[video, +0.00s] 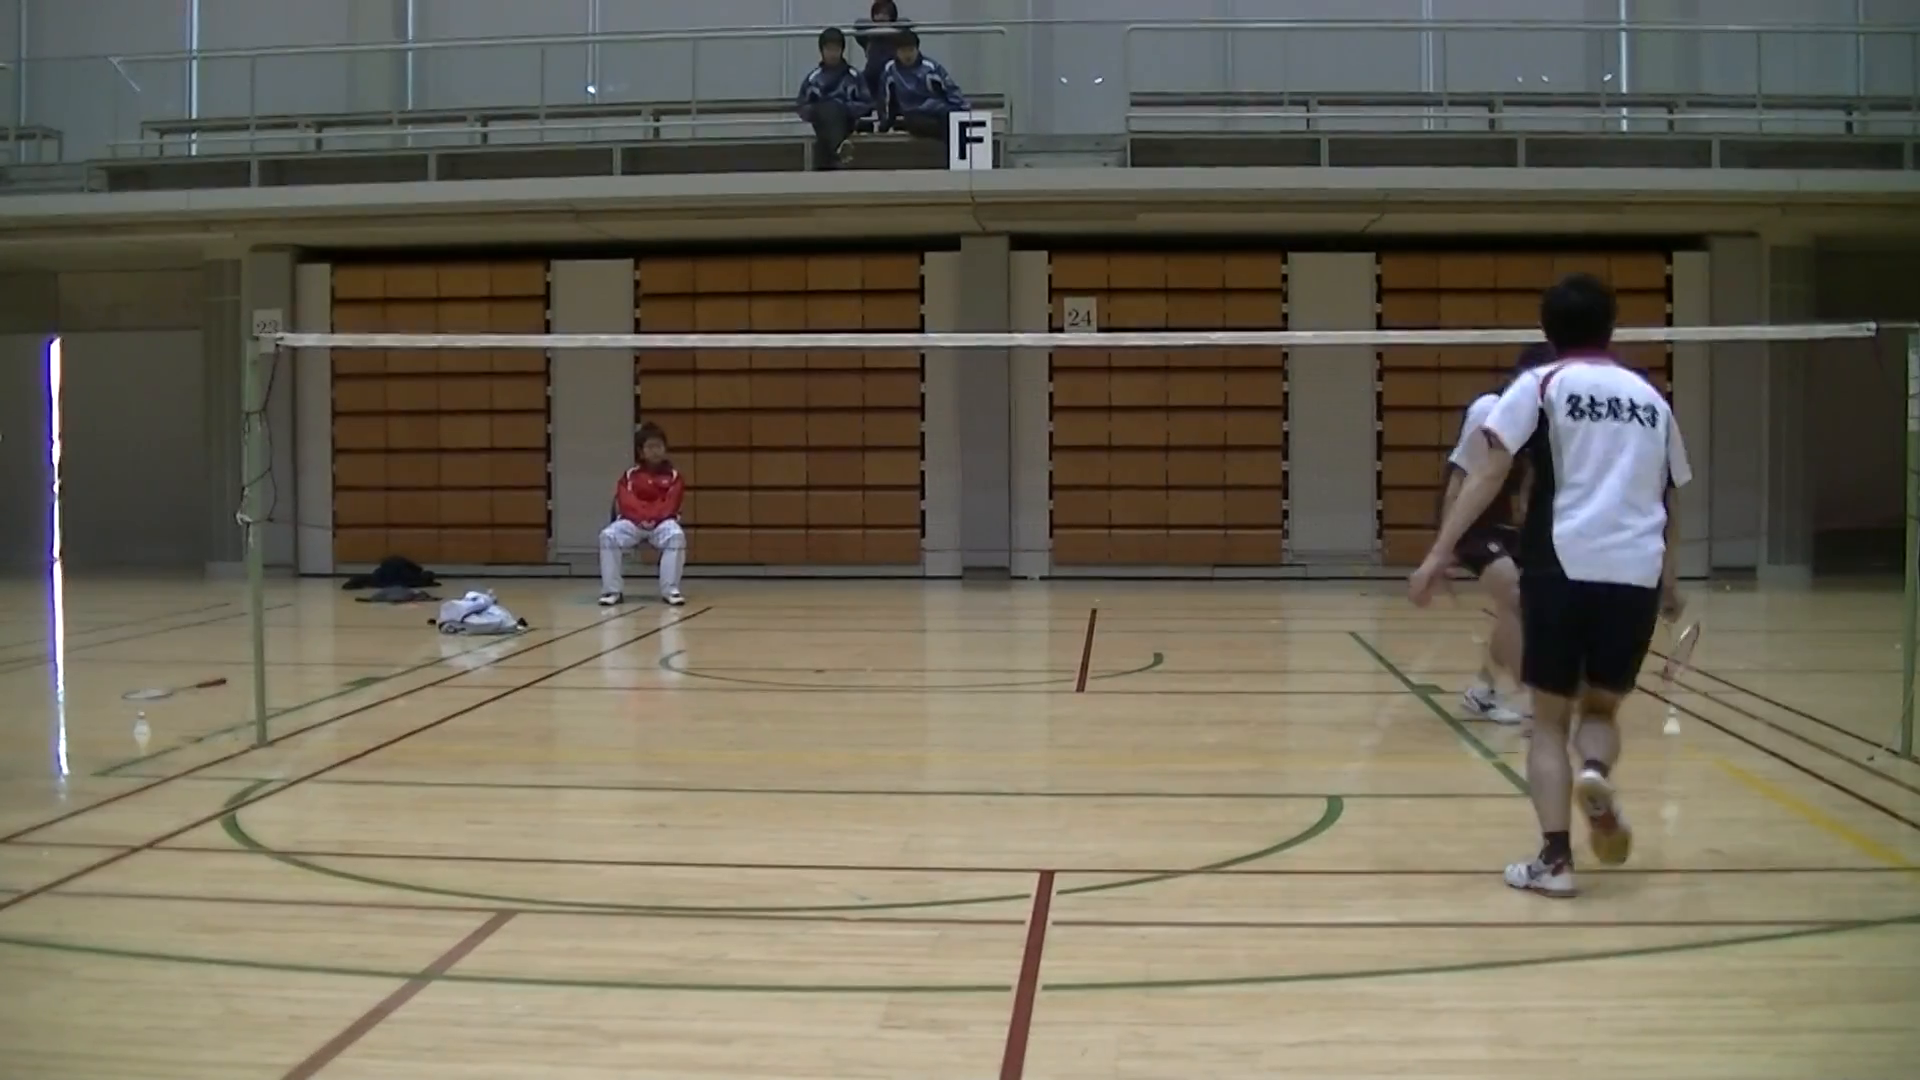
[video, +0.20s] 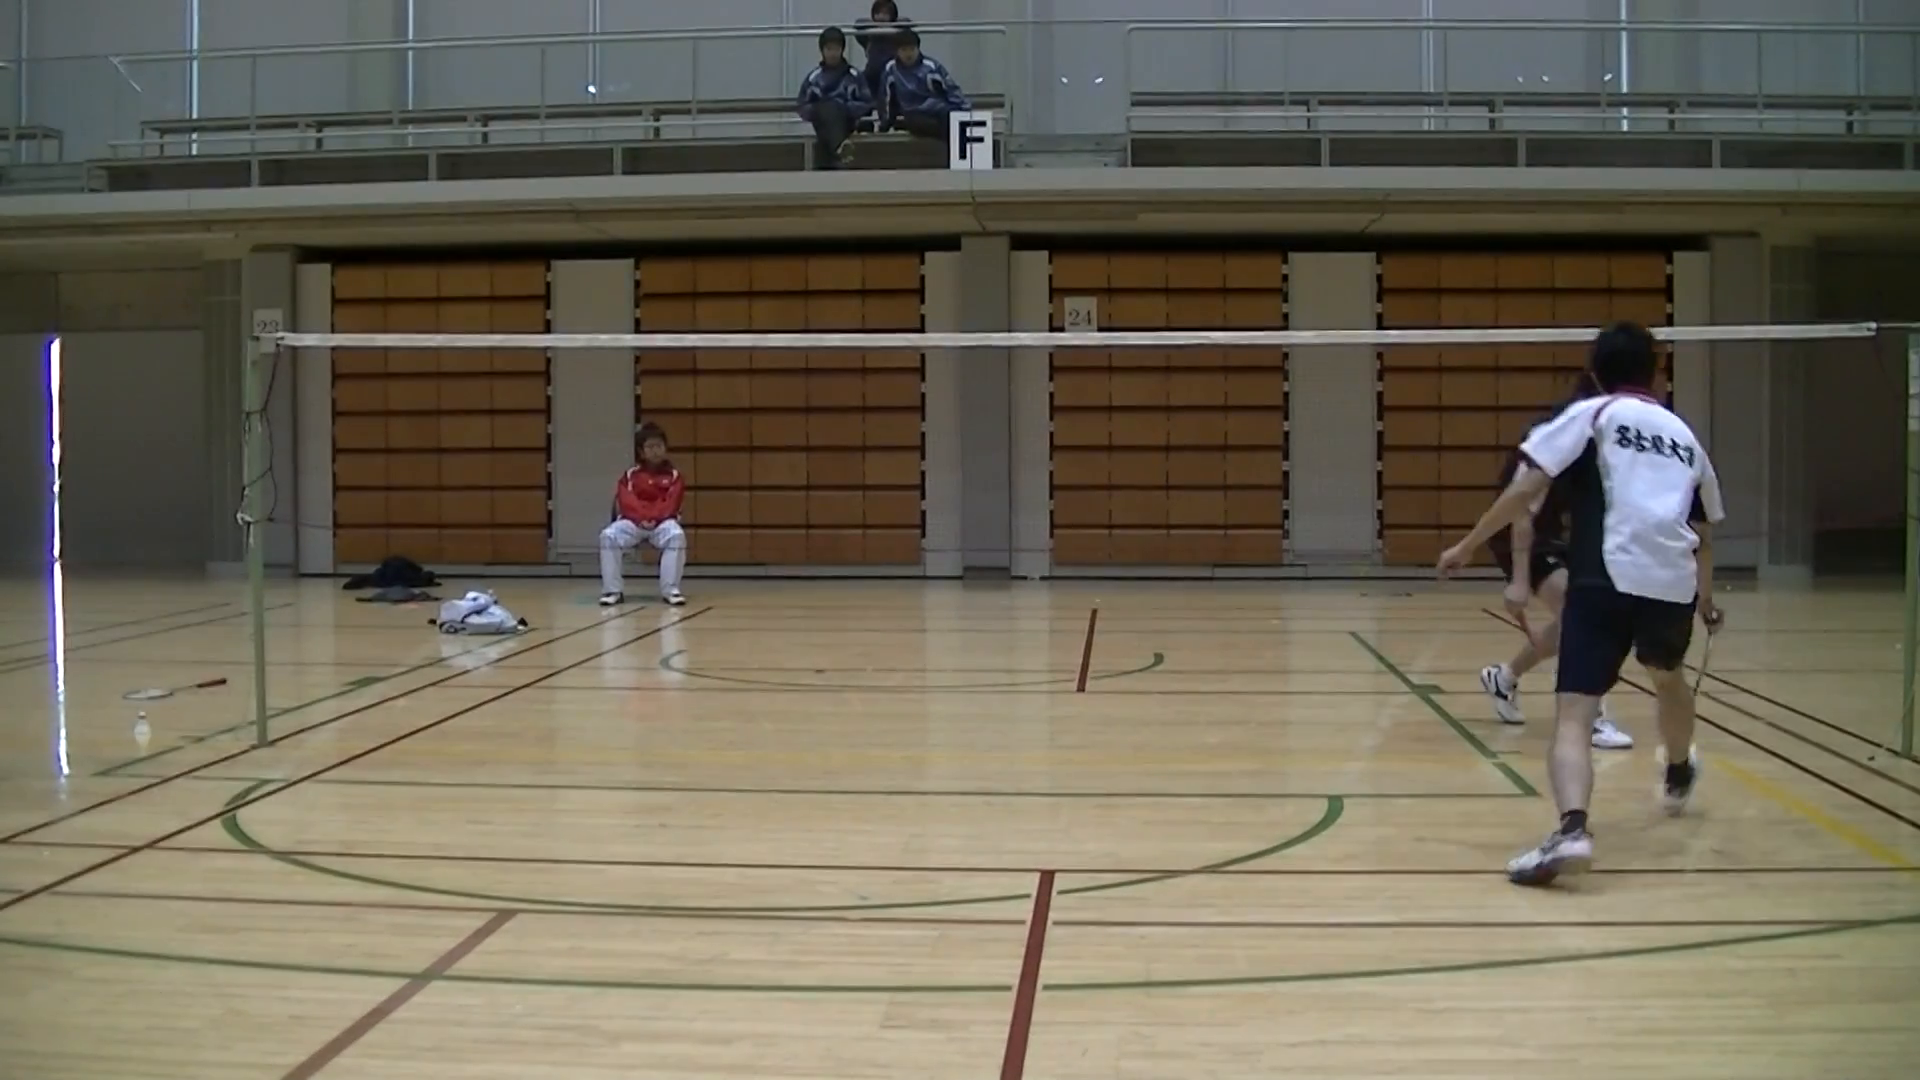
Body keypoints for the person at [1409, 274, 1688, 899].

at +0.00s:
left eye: (1547, 327)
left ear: (1550, 330)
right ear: (1611, 330)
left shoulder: (1537, 386)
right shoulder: (1651, 399)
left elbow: (1489, 473)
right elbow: (1669, 502)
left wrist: (1441, 552)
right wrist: (1669, 581)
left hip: (1559, 577)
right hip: (1635, 582)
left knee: (1549, 724)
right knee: (1602, 707)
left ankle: (1555, 859)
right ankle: (1595, 774)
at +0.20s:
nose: (1591, 378)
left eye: (1594, 370)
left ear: (1597, 373)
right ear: (1653, 373)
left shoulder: (1589, 414)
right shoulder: (1684, 434)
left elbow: (1527, 489)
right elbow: (1702, 528)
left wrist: (1468, 544)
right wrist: (1706, 594)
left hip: (1602, 587)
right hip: (1672, 593)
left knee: (1574, 714)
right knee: (1669, 674)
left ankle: (1572, 829)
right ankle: (1679, 772)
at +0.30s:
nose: (1617, 424)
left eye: (1619, 415)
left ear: (1624, 416)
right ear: (1677, 418)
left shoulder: (1619, 449)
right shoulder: (1706, 477)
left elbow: (1561, 509)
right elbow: (1720, 568)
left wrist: (1497, 562)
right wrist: (1718, 633)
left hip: (1629, 607)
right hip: (1694, 615)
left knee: (1593, 734)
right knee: (1687, 681)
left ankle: (1601, 817)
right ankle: (1687, 780)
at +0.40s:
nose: (1623, 461)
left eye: (1627, 455)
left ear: (1637, 455)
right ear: (1688, 463)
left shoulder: (1632, 472)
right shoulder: (1715, 504)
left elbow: (1597, 514)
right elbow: (1732, 594)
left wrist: (1544, 570)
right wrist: (1729, 662)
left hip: (1645, 611)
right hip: (1708, 617)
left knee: (1609, 740)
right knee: (1688, 671)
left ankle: (1621, 803)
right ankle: (1685, 777)